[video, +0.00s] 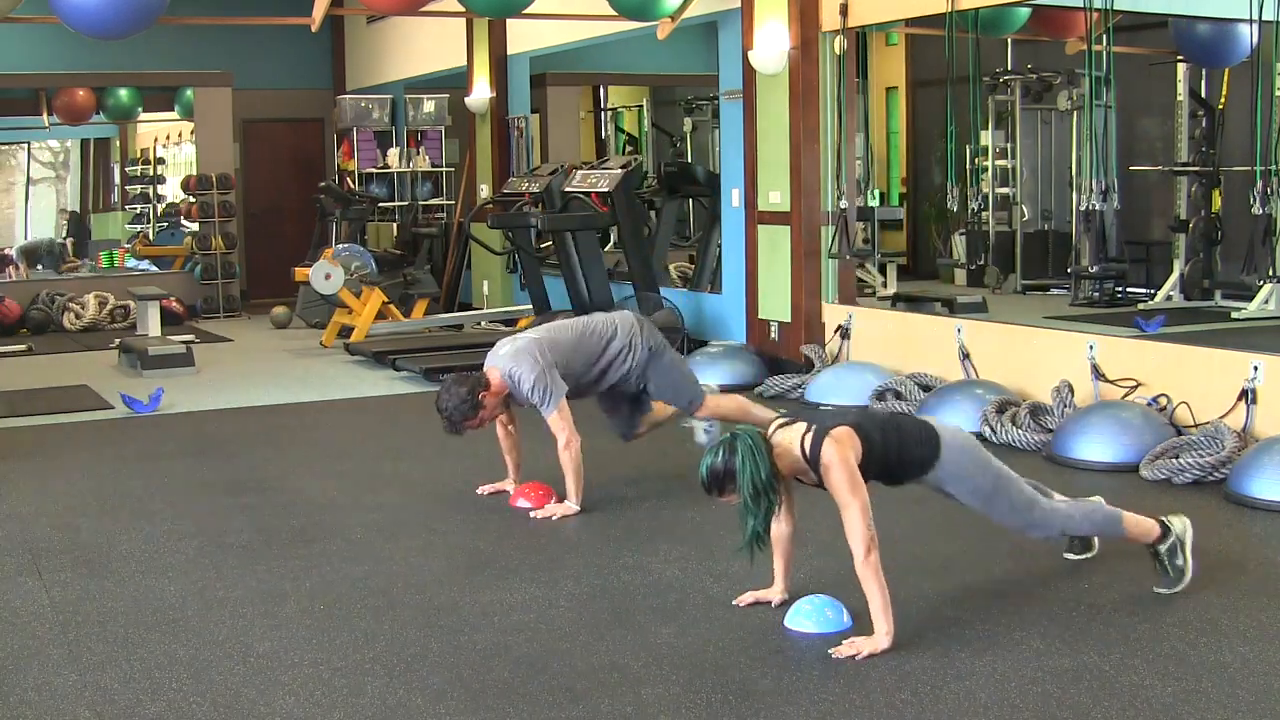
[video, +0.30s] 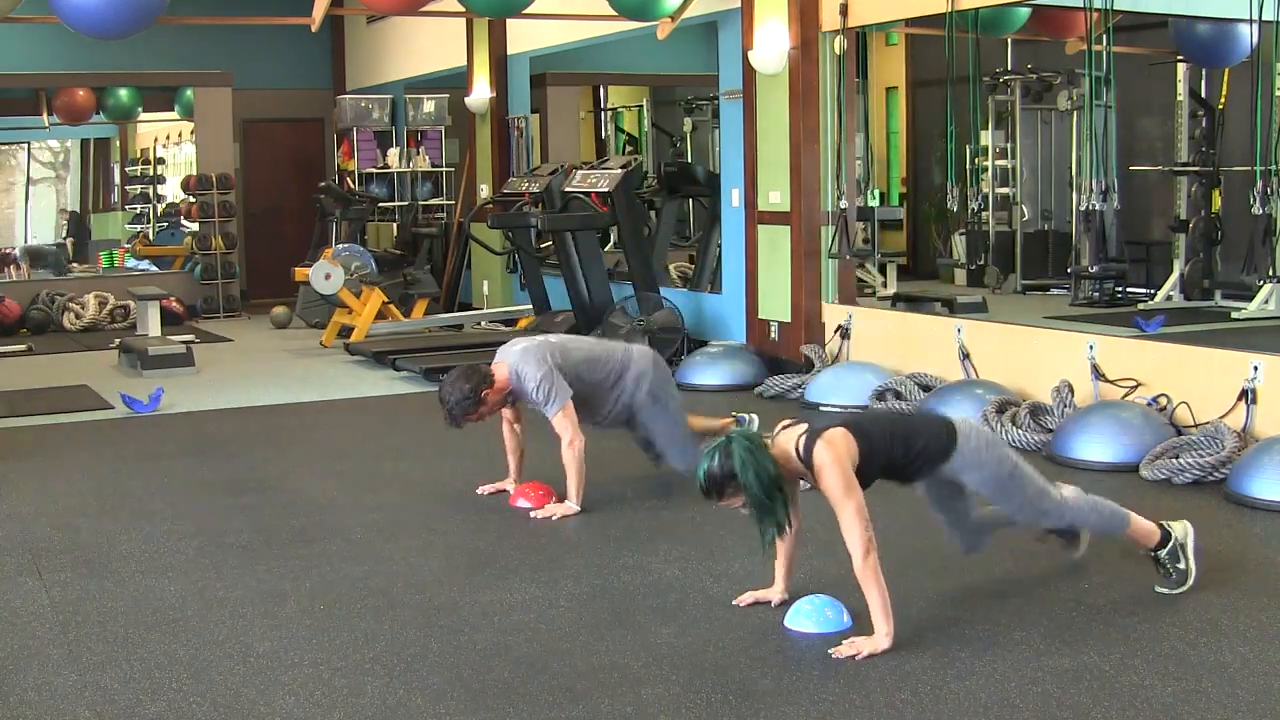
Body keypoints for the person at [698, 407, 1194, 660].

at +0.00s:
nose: (740, 502)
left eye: (736, 495)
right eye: (732, 497)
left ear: (749, 473)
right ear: (743, 458)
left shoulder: (830, 452)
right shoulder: (769, 445)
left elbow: (866, 549)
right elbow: (780, 517)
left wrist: (883, 633)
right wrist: (779, 587)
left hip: (942, 451)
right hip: (918, 446)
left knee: (1042, 513)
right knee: (1012, 496)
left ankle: (1162, 532)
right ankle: (1077, 526)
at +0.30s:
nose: (739, 507)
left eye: (735, 499)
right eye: (729, 502)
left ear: (748, 477)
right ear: (748, 461)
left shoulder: (827, 455)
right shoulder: (776, 451)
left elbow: (864, 551)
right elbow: (786, 521)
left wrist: (882, 634)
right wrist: (780, 588)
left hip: (959, 444)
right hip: (925, 458)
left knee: (1050, 504)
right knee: (968, 530)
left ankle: (1165, 538)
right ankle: (1057, 521)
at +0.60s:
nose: (736, 499)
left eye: (734, 491)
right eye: (728, 495)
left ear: (746, 472)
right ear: (746, 452)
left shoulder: (825, 455)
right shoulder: (773, 452)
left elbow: (864, 550)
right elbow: (782, 519)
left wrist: (882, 634)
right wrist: (779, 587)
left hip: (943, 452)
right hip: (890, 478)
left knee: (1045, 517)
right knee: (835, 563)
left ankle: (1165, 541)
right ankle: (914, 535)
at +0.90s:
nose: (740, 500)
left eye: (737, 492)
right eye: (732, 493)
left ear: (754, 473)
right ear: (741, 461)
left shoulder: (826, 457)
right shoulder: (771, 449)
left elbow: (863, 546)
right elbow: (785, 519)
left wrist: (883, 634)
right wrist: (779, 587)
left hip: (945, 457)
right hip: (891, 482)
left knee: (1046, 520)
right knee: (838, 567)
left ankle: (1163, 539)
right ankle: (911, 550)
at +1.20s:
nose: (754, 504)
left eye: (750, 493)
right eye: (745, 498)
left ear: (761, 473)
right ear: (752, 457)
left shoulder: (829, 451)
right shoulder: (779, 444)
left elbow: (867, 547)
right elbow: (787, 518)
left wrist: (883, 633)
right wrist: (780, 587)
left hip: (961, 427)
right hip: (922, 444)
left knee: (1049, 495)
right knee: (937, 530)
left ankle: (1156, 537)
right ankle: (1007, 487)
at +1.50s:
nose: (740, 504)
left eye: (739, 497)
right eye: (732, 500)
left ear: (752, 474)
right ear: (747, 449)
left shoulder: (828, 454)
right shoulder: (766, 441)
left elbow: (869, 547)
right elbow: (780, 514)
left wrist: (882, 634)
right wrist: (780, 586)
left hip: (937, 458)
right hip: (909, 459)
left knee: (1024, 539)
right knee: (997, 505)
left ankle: (1151, 535)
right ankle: (1070, 509)